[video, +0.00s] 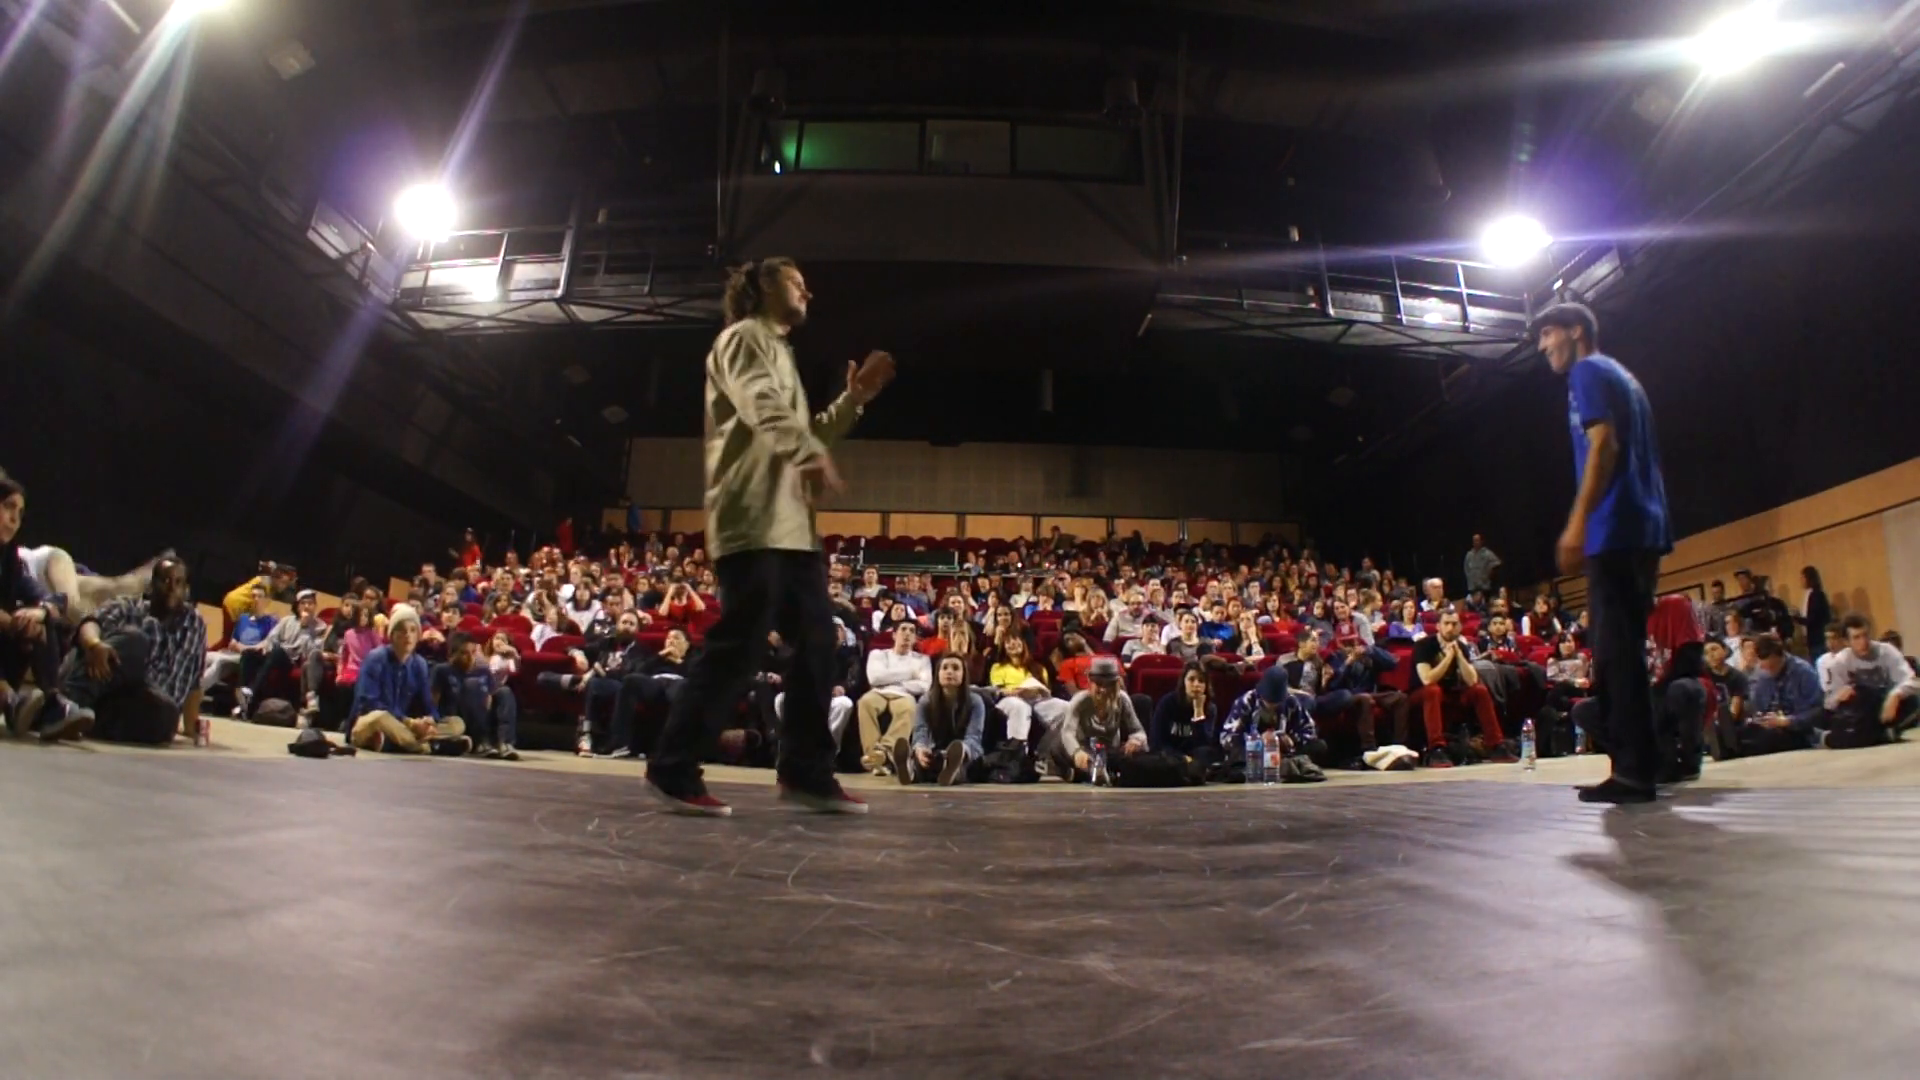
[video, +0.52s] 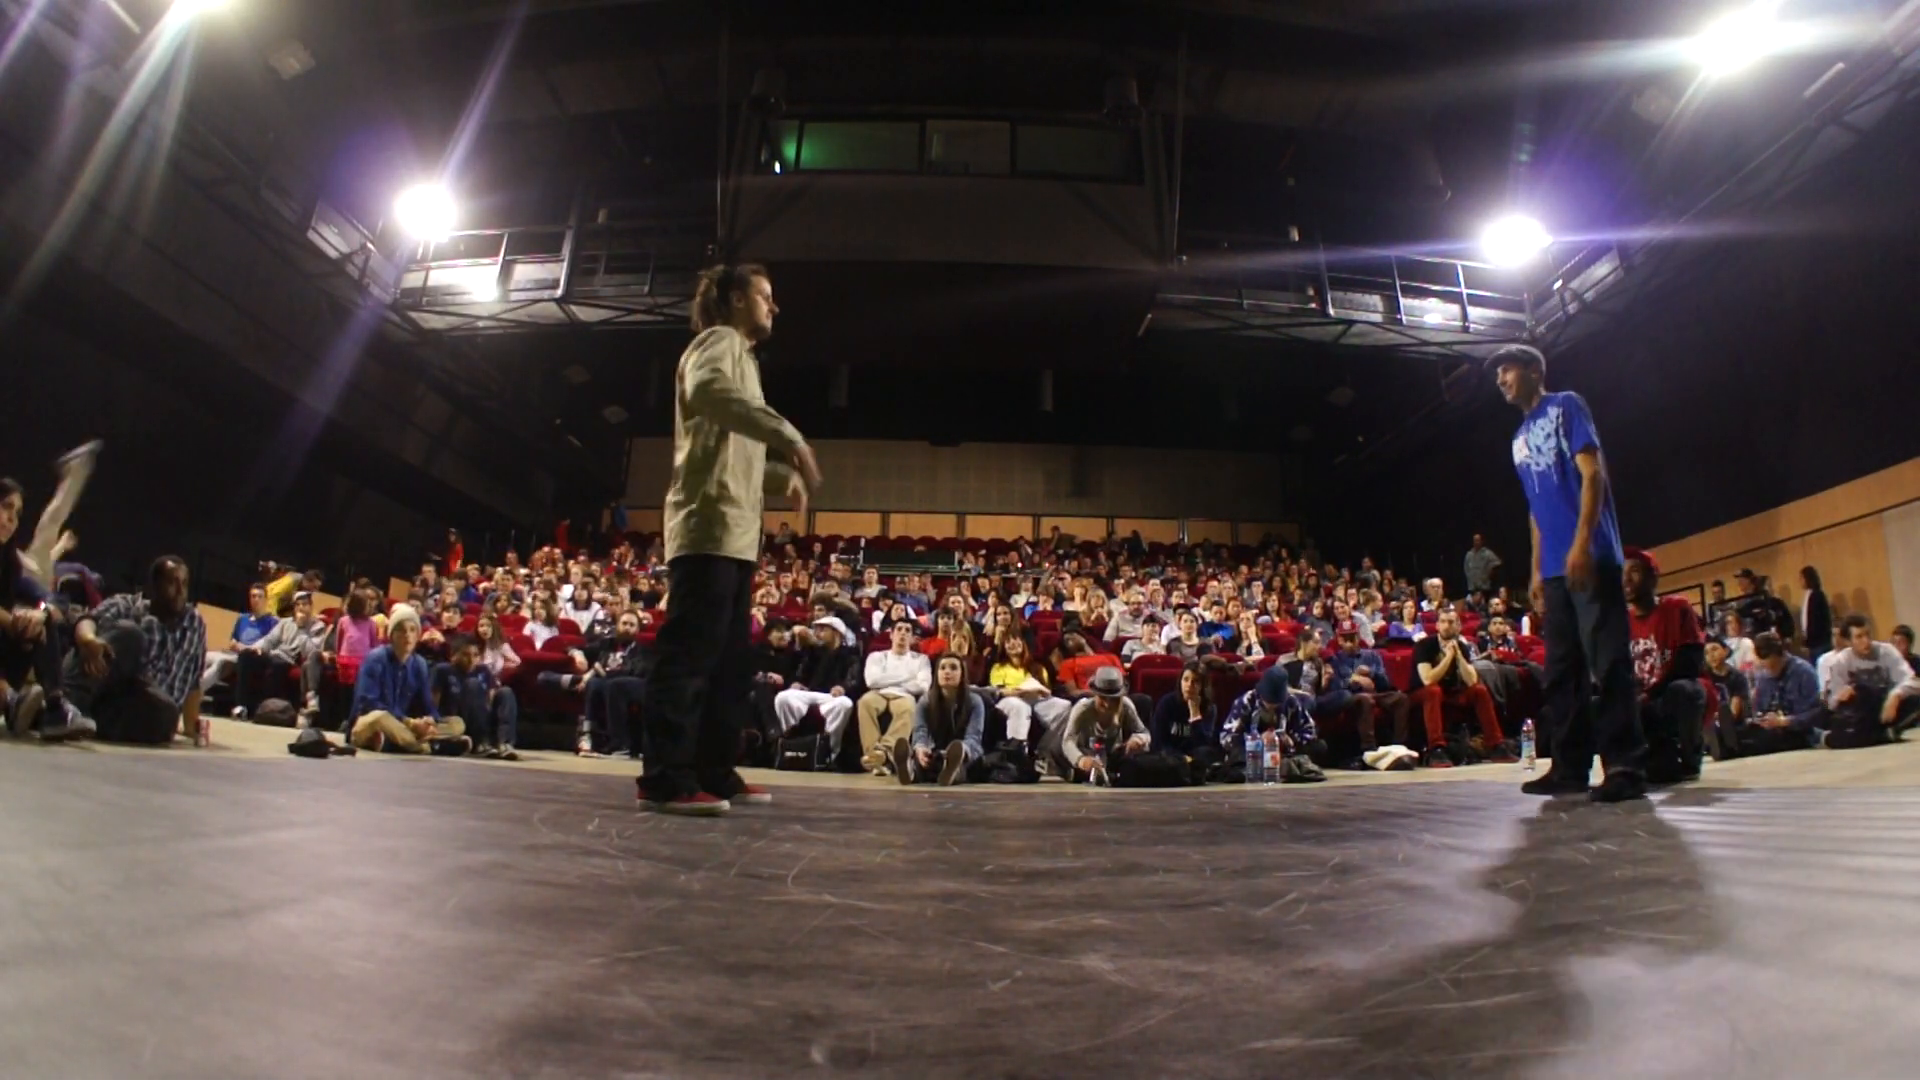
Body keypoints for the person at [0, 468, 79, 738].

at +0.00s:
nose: (14, 519)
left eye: (19, 513)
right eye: (9, 508)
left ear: (21, 519)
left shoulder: (12, 557)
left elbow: (51, 603)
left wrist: (40, 611)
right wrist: (11, 621)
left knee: (41, 623)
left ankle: (53, 704)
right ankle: (9, 701)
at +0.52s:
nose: (11, 518)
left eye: (16, 512)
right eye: (7, 508)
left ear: (19, 517)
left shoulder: (10, 559)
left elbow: (49, 604)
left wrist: (40, 611)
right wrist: (11, 619)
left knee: (42, 622)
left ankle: (55, 704)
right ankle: (10, 702)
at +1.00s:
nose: (13, 519)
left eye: (18, 513)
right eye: (8, 509)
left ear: (21, 518)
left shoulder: (11, 563)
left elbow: (58, 601)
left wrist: (41, 612)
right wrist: (11, 623)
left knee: (41, 623)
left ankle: (55, 706)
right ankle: (11, 704)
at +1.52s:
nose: (10, 518)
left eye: (16, 511)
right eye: (6, 508)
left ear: (19, 517)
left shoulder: (11, 562)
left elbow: (55, 602)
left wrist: (39, 612)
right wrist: (9, 624)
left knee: (43, 621)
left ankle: (57, 706)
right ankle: (10, 702)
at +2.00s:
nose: (13, 517)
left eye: (17, 510)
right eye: (7, 507)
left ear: (21, 515)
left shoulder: (14, 570)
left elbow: (58, 605)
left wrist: (41, 613)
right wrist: (12, 624)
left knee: (43, 624)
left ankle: (57, 706)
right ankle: (11, 702)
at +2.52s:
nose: (13, 517)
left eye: (17, 509)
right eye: (7, 507)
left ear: (20, 515)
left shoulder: (11, 567)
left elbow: (57, 606)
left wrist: (41, 613)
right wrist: (11, 623)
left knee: (41, 625)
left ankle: (57, 707)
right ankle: (11, 703)